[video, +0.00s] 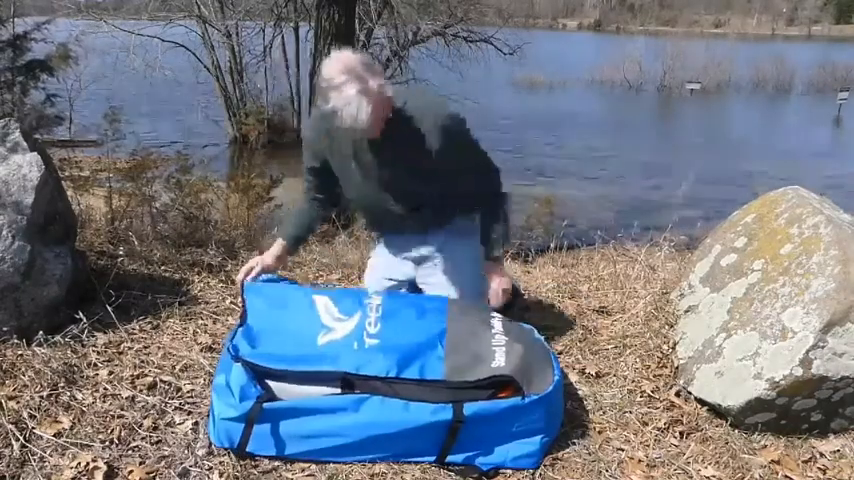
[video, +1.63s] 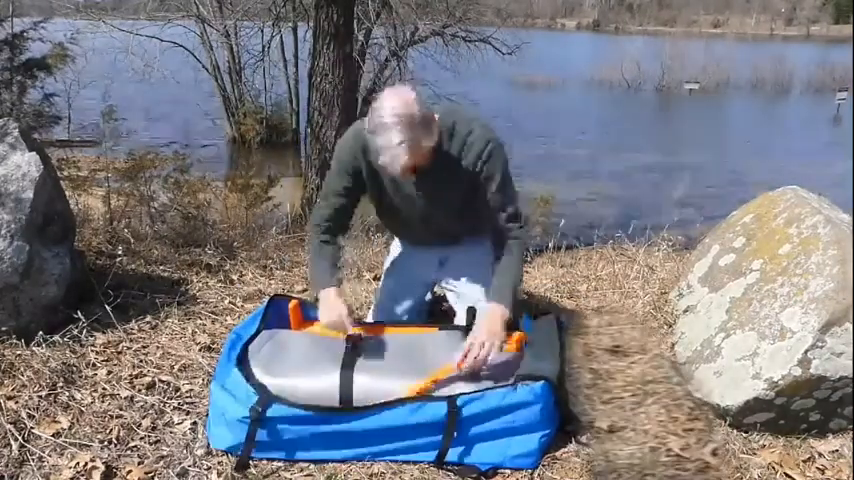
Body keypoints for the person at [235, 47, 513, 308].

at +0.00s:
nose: (366, 128)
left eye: (369, 117)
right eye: (354, 121)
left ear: (383, 92)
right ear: (335, 109)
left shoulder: (433, 122)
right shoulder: (321, 129)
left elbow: (489, 187)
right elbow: (319, 197)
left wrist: (495, 267)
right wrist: (275, 255)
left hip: (452, 236)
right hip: (390, 242)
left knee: (457, 350)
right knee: (371, 341)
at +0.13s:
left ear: (413, 80)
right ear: (359, 88)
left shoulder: (457, 123)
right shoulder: (342, 113)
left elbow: (494, 198)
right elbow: (334, 182)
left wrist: (495, 273)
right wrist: (304, 229)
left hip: (456, 238)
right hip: (392, 240)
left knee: (454, 350)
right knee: (381, 347)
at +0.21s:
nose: (386, 172)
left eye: (399, 163)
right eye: (378, 161)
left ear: (430, 140)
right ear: (367, 145)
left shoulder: (477, 160)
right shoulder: (362, 162)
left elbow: (502, 254)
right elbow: (355, 244)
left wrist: (484, 353)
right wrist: (352, 318)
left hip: (476, 254)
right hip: (414, 256)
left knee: (490, 353)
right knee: (390, 336)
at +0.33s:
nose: (353, 181)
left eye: (365, 170)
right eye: (346, 168)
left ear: (400, 152)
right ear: (339, 156)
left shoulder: (452, 169)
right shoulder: (345, 166)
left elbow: (439, 274)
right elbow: (346, 245)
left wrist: (398, 368)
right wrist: (352, 318)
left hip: (473, 241)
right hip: (412, 245)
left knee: (475, 337)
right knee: (380, 331)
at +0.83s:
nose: (364, 134)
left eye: (373, 117)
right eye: (349, 125)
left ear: (399, 107)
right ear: (338, 126)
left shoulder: (452, 151)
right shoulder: (344, 158)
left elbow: (471, 253)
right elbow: (343, 242)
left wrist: (441, 356)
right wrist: (350, 317)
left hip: (470, 242)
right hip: (411, 246)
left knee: (476, 337)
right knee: (387, 329)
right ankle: (438, 300)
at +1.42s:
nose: (373, 161)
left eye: (384, 150)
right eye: (364, 150)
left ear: (412, 131)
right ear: (353, 136)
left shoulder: (466, 149)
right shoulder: (349, 154)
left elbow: (495, 242)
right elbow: (344, 237)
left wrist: (456, 320)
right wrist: (345, 310)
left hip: (469, 251)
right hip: (408, 252)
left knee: (474, 348)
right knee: (384, 341)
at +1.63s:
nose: (406, 171)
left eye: (415, 162)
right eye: (395, 163)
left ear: (434, 130)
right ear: (376, 139)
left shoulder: (477, 144)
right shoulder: (356, 146)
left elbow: (512, 231)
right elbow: (324, 229)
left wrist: (496, 314)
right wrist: (329, 296)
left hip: (474, 249)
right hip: (410, 250)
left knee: (488, 355)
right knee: (382, 346)